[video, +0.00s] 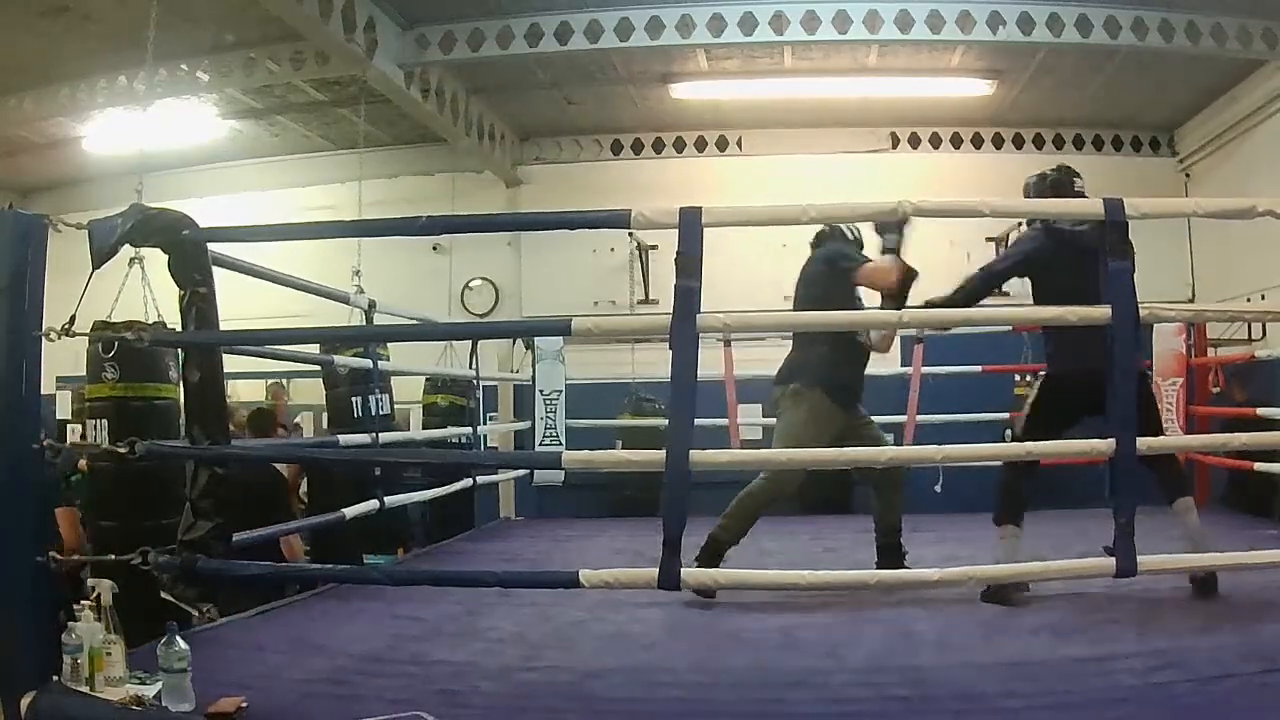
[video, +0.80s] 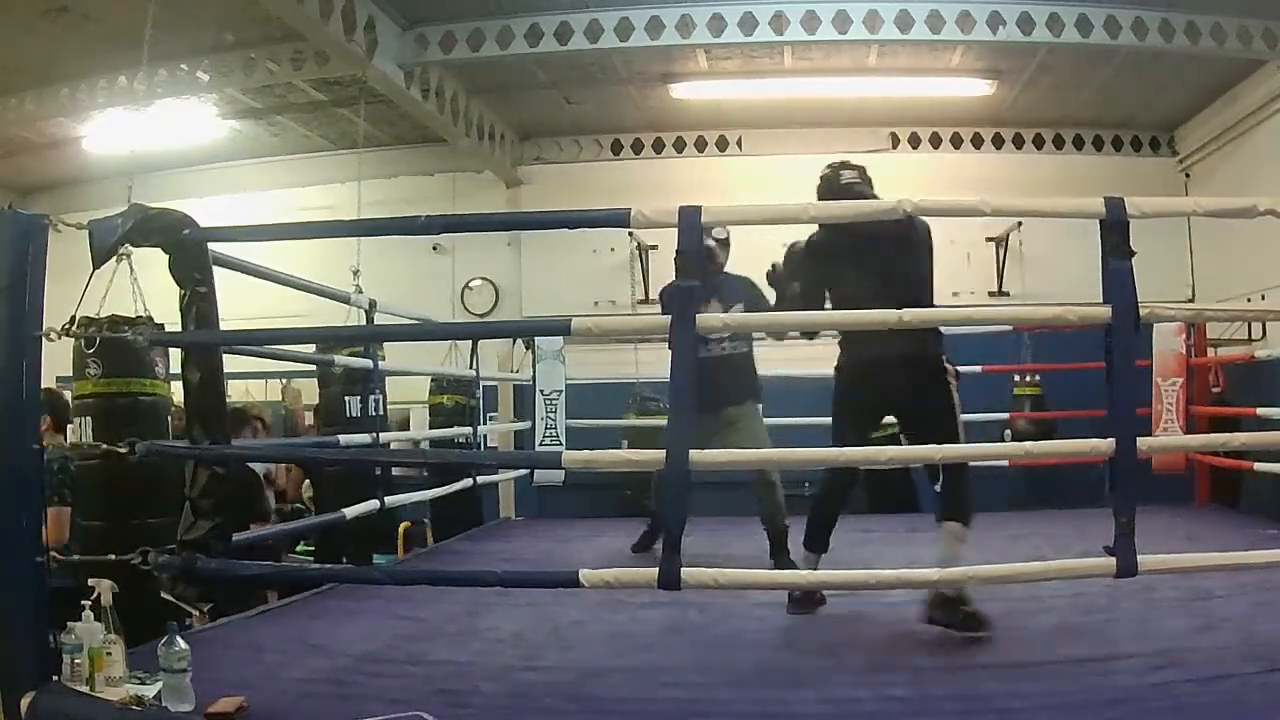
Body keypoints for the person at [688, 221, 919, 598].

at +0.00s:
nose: (861, 255)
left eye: (856, 250)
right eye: (855, 247)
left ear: (826, 244)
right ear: (844, 243)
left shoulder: (843, 297)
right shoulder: (829, 257)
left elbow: (881, 341)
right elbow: (892, 277)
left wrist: (894, 293)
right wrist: (891, 244)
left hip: (841, 406)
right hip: (809, 396)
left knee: (888, 467)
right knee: (780, 478)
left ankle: (891, 562)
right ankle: (706, 562)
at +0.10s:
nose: (847, 234)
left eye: (848, 228)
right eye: (843, 227)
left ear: (816, 224)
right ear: (825, 227)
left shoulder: (819, 275)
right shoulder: (796, 262)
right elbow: (850, 264)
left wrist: (868, 263)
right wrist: (840, 235)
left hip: (840, 402)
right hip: (803, 396)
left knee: (885, 468)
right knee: (782, 477)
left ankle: (891, 559)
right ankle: (712, 538)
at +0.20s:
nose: (816, 234)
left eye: (815, 228)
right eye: (811, 227)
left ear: (783, 226)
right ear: (791, 225)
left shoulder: (793, 265)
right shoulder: (766, 253)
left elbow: (831, 316)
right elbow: (809, 269)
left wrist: (838, 277)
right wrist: (825, 251)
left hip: (820, 387)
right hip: (780, 385)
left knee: (859, 467)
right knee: (767, 471)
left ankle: (890, 551)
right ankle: (710, 535)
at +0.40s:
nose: (773, 236)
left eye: (772, 229)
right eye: (765, 227)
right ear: (743, 229)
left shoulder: (763, 275)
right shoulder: (716, 268)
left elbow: (788, 333)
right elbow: (764, 292)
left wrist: (808, 294)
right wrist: (771, 252)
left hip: (771, 385)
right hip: (727, 389)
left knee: (819, 461)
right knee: (728, 470)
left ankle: (850, 548)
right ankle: (701, 557)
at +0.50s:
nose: (753, 223)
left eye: (758, 217)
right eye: (745, 217)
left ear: (761, 217)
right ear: (725, 216)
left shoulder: (767, 253)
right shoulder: (702, 253)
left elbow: (799, 298)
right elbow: (741, 286)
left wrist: (810, 257)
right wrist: (748, 234)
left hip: (765, 372)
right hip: (716, 375)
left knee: (798, 450)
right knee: (706, 461)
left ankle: (814, 541)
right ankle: (697, 547)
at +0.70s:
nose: (727, 240)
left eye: (732, 232)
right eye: (717, 232)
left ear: (741, 234)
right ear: (702, 235)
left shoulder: (754, 270)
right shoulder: (689, 274)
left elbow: (800, 303)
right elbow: (711, 314)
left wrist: (799, 265)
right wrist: (715, 263)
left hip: (752, 393)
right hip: (701, 396)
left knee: (772, 470)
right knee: (677, 468)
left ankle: (780, 553)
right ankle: (660, 520)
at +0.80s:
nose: (711, 256)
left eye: (717, 249)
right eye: (703, 250)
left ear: (727, 251)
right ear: (691, 253)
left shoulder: (743, 287)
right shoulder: (679, 291)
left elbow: (777, 327)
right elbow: (671, 302)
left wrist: (784, 292)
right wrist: (699, 281)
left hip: (740, 403)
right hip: (691, 406)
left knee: (766, 473)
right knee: (666, 468)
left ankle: (780, 552)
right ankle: (657, 524)